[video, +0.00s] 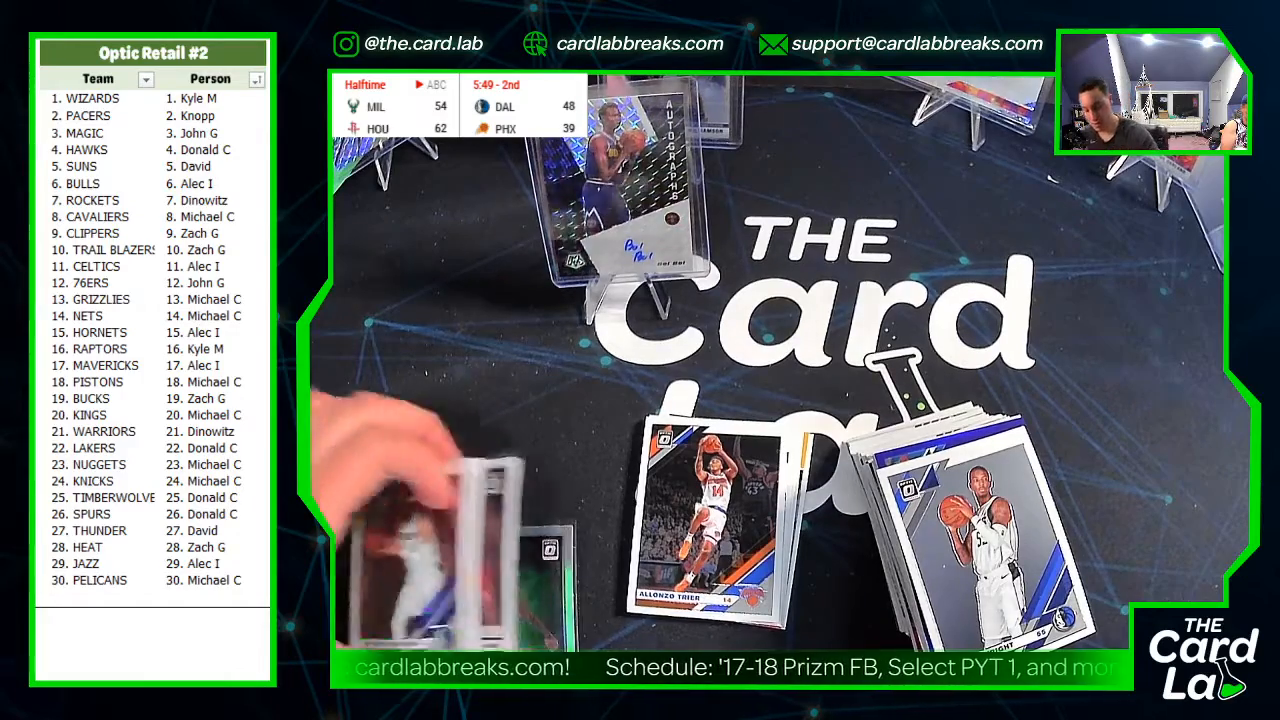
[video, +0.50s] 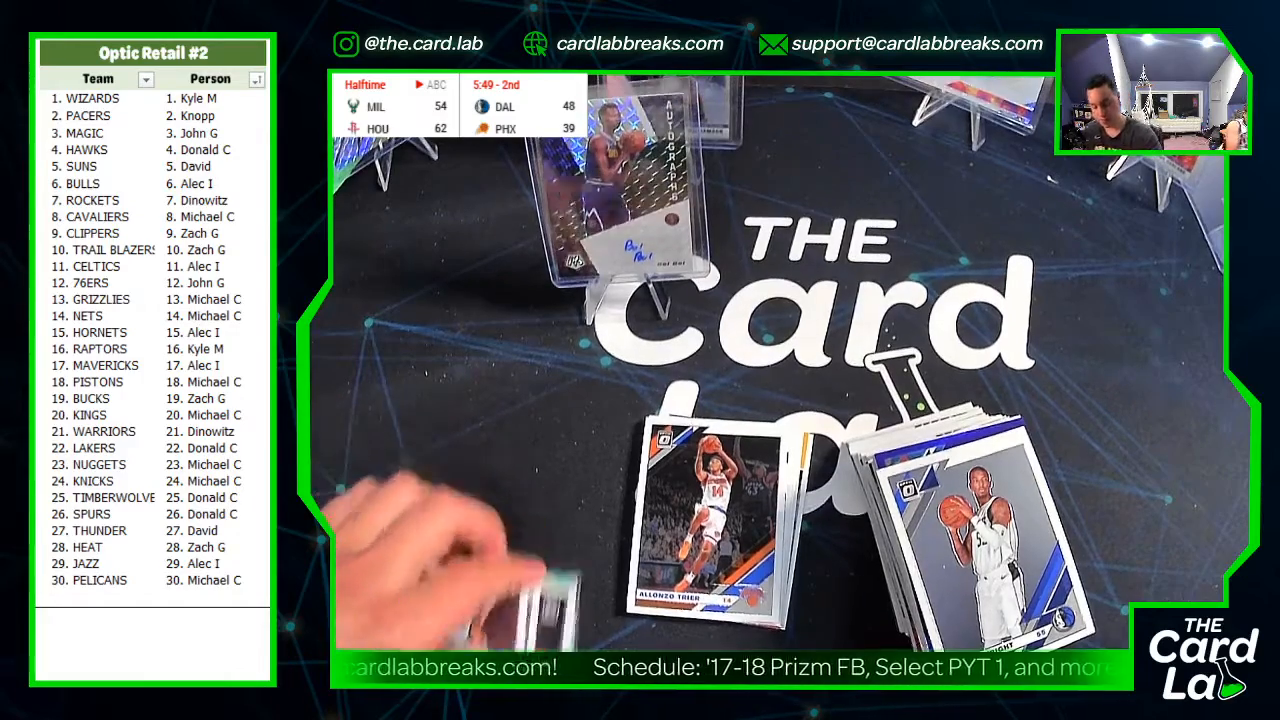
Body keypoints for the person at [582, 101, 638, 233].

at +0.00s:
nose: (617, 118)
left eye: (618, 115)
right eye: (612, 115)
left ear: (620, 117)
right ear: (603, 118)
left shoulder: (617, 142)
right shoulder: (598, 140)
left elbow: (619, 178)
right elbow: (606, 176)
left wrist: (632, 157)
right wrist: (623, 154)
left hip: (611, 188)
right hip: (595, 190)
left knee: (624, 226)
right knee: (598, 234)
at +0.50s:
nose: (618, 118)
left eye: (618, 115)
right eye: (614, 116)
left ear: (620, 117)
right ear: (603, 119)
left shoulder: (616, 141)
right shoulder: (598, 141)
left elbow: (621, 178)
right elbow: (606, 176)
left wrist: (631, 154)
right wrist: (623, 157)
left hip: (611, 188)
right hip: (595, 190)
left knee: (624, 227)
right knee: (599, 234)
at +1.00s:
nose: (617, 118)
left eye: (618, 115)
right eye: (613, 115)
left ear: (620, 117)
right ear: (603, 118)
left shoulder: (616, 142)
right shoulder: (598, 141)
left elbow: (621, 176)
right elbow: (606, 175)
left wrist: (632, 157)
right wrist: (623, 156)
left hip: (611, 187)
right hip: (596, 188)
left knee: (625, 227)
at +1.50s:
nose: (617, 118)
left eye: (618, 115)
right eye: (612, 116)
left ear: (620, 117)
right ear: (603, 119)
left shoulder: (618, 141)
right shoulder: (598, 141)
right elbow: (607, 176)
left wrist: (633, 155)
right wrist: (624, 155)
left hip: (613, 189)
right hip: (597, 191)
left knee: (624, 227)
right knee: (601, 233)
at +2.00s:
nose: (616, 118)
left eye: (617, 115)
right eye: (611, 115)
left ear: (620, 117)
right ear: (602, 119)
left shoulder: (618, 141)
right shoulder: (598, 141)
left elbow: (623, 177)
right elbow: (606, 176)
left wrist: (633, 155)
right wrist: (623, 155)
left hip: (614, 189)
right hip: (596, 191)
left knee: (624, 230)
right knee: (599, 236)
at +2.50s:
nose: (617, 118)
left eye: (618, 115)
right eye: (612, 115)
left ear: (620, 117)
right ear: (602, 119)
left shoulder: (616, 142)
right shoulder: (598, 140)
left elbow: (620, 179)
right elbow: (606, 176)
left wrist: (631, 157)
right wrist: (624, 154)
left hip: (612, 190)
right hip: (596, 192)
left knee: (624, 229)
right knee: (599, 236)